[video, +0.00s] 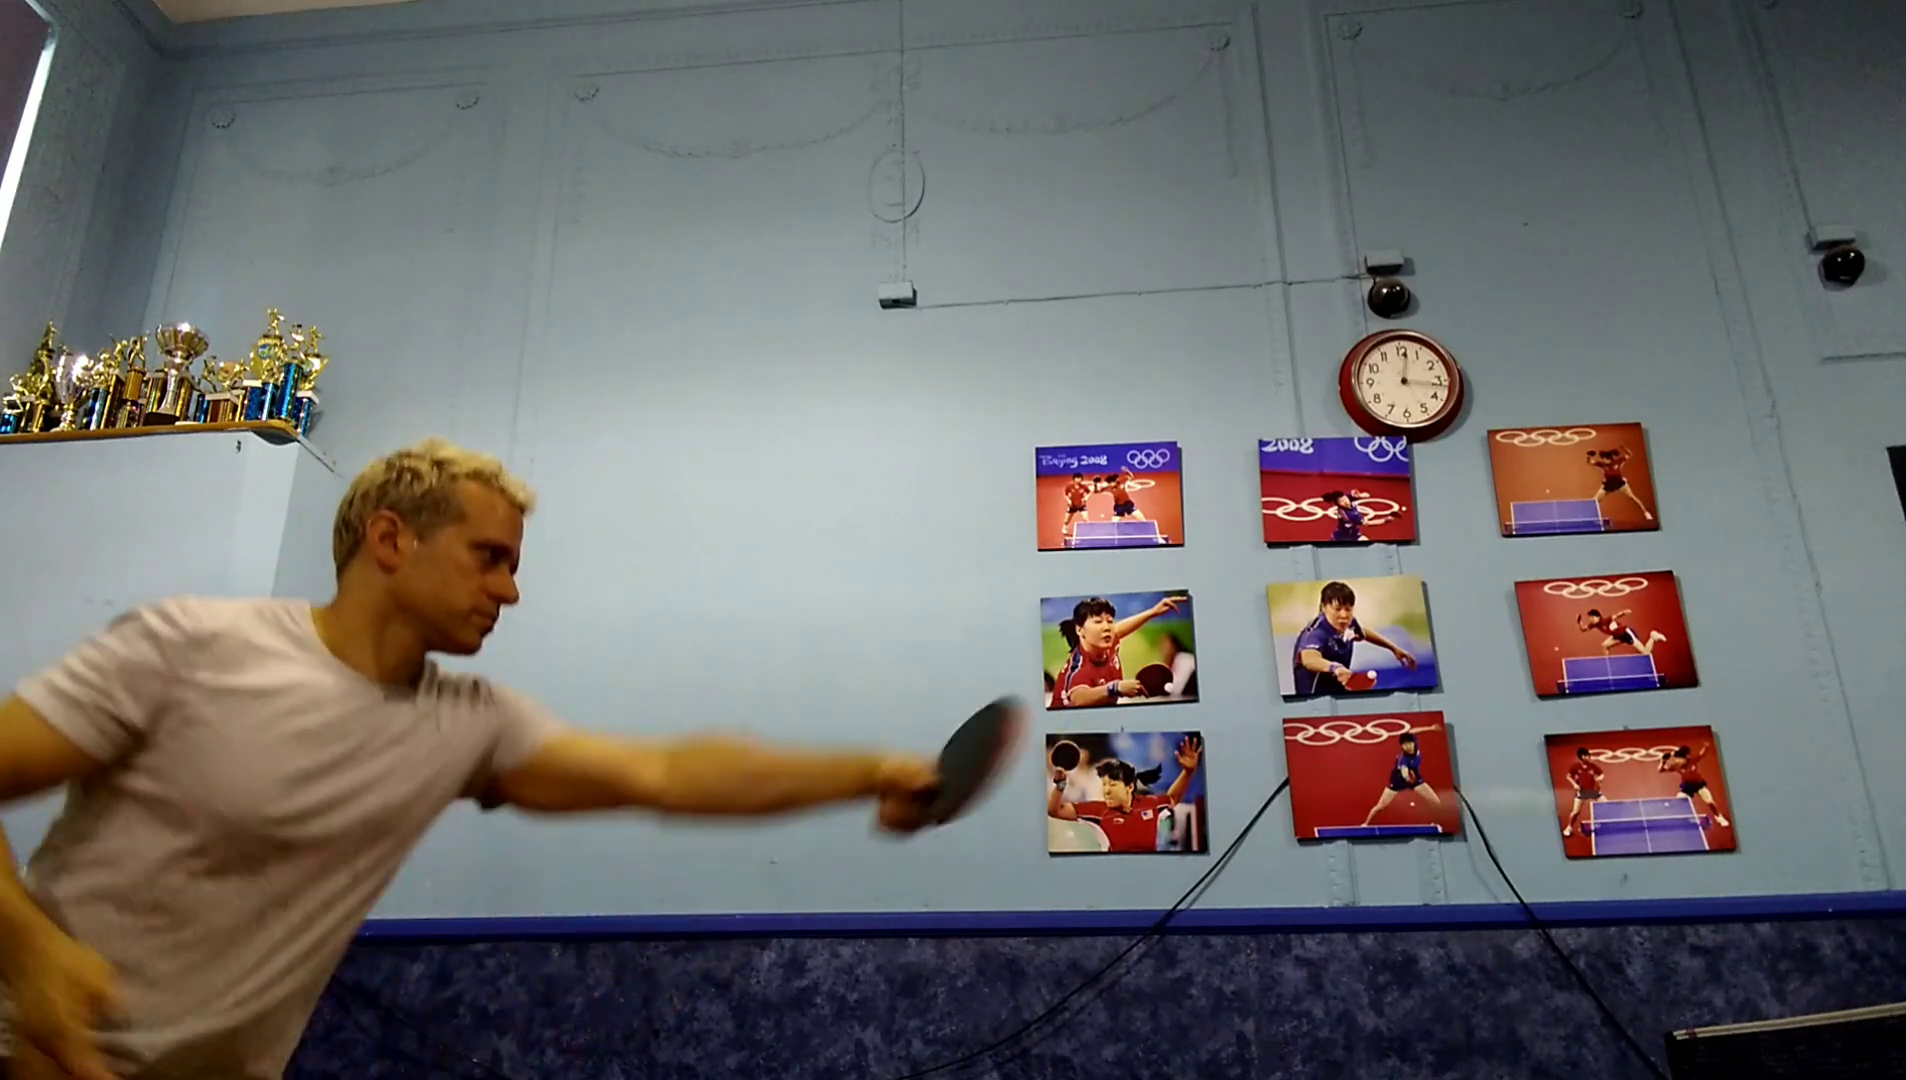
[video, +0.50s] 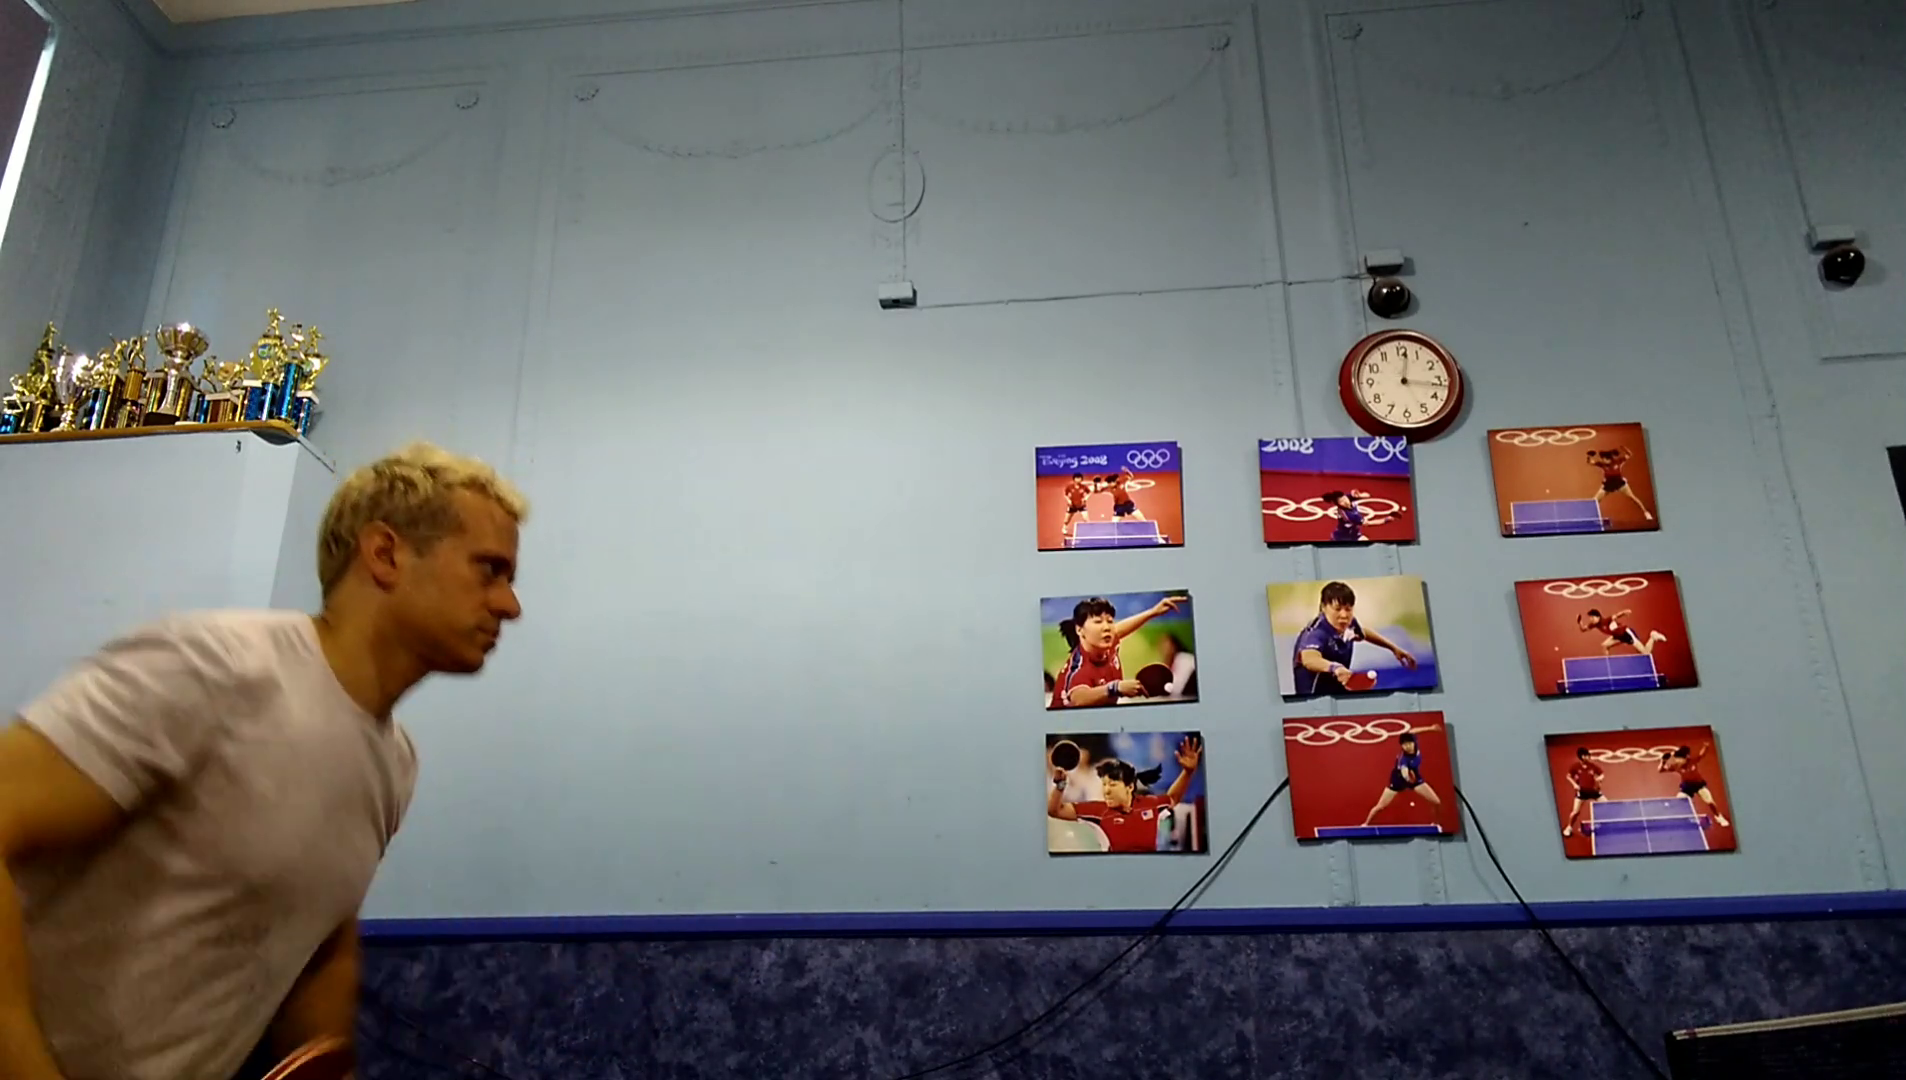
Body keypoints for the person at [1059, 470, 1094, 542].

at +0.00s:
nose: (1078, 480)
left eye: (1079, 479)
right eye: (1077, 479)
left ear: (1081, 479)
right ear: (1074, 479)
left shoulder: (1083, 487)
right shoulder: (1070, 487)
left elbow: (1089, 492)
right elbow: (1065, 494)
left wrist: (1085, 498)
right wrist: (1068, 500)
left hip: (1081, 505)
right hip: (1072, 505)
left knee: (1086, 519)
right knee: (1067, 520)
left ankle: (1089, 530)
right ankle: (1064, 528)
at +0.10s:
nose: (1078, 480)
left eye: (1079, 479)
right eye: (1077, 479)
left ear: (1081, 479)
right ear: (1074, 479)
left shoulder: (1083, 487)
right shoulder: (1070, 487)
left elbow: (1089, 492)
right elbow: (1065, 494)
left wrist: (1085, 498)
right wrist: (1068, 500)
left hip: (1081, 505)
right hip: (1072, 505)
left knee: (1086, 519)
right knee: (1066, 520)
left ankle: (1090, 530)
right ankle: (1064, 529)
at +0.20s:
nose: (1078, 480)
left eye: (1079, 479)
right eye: (1077, 479)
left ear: (1081, 479)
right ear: (1074, 479)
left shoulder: (1083, 487)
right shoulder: (1070, 487)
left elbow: (1089, 492)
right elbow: (1065, 494)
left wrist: (1085, 498)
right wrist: (1068, 500)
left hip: (1081, 505)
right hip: (1072, 505)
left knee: (1086, 519)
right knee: (1066, 520)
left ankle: (1090, 531)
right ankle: (1064, 528)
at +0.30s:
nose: (1078, 481)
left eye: (1079, 479)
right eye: (1077, 479)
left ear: (1081, 480)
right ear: (1074, 480)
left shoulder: (1083, 487)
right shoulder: (1070, 487)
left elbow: (1089, 492)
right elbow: (1065, 494)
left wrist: (1085, 498)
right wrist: (1068, 500)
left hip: (1081, 505)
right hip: (1072, 505)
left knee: (1086, 519)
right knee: (1066, 520)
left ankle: (1090, 531)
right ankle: (1064, 529)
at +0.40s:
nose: (1078, 481)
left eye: (1080, 479)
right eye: (1077, 479)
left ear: (1081, 480)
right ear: (1074, 480)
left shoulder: (1083, 487)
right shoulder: (1070, 487)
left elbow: (1089, 492)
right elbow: (1065, 494)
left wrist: (1085, 498)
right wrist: (1068, 500)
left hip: (1081, 505)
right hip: (1072, 505)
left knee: (1086, 519)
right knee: (1067, 520)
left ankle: (1089, 530)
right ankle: (1064, 529)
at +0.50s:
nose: (1078, 481)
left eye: (1080, 479)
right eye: (1077, 479)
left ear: (1081, 480)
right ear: (1074, 480)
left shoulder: (1083, 487)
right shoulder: (1070, 487)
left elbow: (1089, 492)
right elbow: (1065, 494)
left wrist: (1085, 498)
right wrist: (1068, 500)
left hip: (1081, 505)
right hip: (1072, 505)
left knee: (1086, 519)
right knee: (1067, 520)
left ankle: (1089, 530)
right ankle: (1064, 529)